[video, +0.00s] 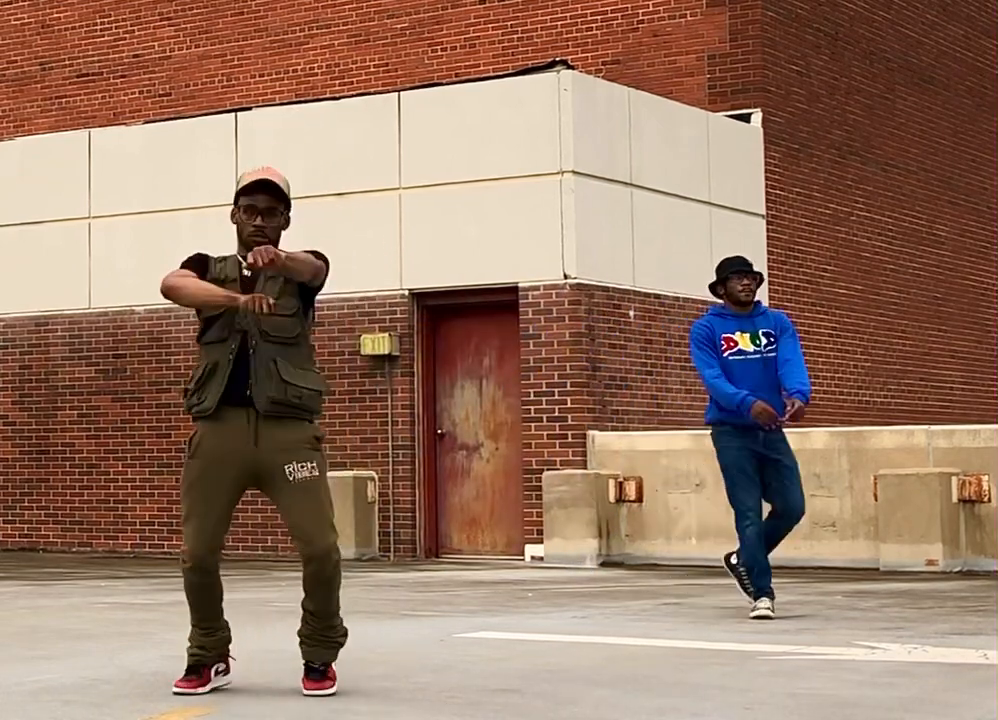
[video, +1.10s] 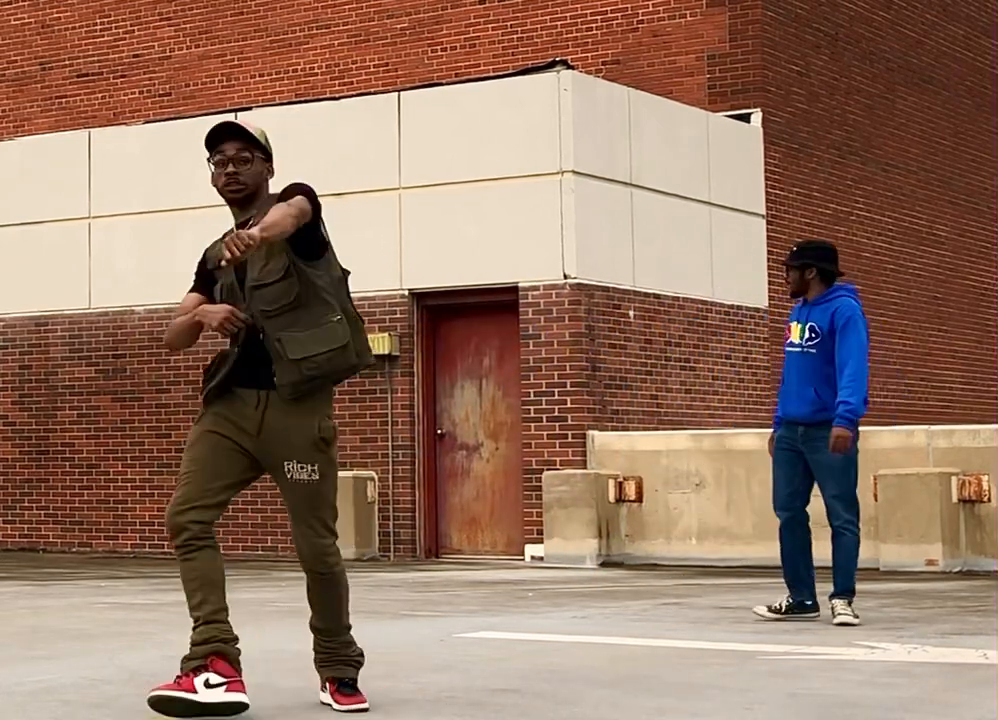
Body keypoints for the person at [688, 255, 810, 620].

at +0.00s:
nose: (747, 283)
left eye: (750, 278)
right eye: (738, 279)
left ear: (757, 285)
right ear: (721, 287)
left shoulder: (777, 321)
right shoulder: (705, 327)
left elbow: (793, 363)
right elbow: (712, 378)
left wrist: (796, 394)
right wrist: (749, 403)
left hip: (772, 431)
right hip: (732, 432)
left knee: (792, 508)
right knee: (748, 512)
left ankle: (744, 561)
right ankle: (762, 595)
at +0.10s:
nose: (755, 280)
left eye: (758, 274)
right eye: (746, 275)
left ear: (766, 281)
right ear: (730, 283)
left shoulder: (786, 317)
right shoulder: (712, 323)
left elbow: (798, 362)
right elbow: (720, 374)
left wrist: (798, 394)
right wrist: (757, 392)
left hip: (782, 431)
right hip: (739, 432)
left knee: (807, 501)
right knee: (750, 518)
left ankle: (778, 576)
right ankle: (762, 595)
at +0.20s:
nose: (763, 277)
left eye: (767, 273)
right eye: (755, 273)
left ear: (775, 280)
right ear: (738, 282)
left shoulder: (796, 318)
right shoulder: (719, 323)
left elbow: (806, 368)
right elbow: (722, 375)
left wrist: (806, 412)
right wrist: (754, 401)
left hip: (791, 431)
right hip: (745, 434)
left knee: (816, 505)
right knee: (753, 519)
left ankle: (822, 588)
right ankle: (763, 596)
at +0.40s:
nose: (774, 279)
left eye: (781, 273)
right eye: (768, 275)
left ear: (798, 280)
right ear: (762, 284)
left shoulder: (826, 322)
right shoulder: (747, 327)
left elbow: (840, 384)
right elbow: (728, 385)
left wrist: (849, 440)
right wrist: (716, 440)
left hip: (811, 436)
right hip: (764, 438)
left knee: (823, 516)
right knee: (764, 521)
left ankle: (838, 599)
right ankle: (765, 595)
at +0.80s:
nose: (789, 272)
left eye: (797, 267)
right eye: (790, 267)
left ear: (823, 271)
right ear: (804, 272)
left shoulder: (854, 314)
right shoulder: (782, 313)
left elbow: (885, 372)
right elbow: (772, 371)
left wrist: (906, 429)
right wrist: (769, 421)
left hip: (831, 431)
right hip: (783, 431)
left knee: (838, 515)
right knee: (781, 511)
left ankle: (840, 599)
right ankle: (801, 596)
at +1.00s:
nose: (789, 274)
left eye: (794, 268)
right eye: (790, 268)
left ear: (816, 271)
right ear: (808, 272)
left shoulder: (849, 312)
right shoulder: (794, 310)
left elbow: (871, 370)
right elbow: (788, 368)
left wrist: (876, 428)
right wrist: (780, 417)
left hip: (833, 429)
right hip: (790, 429)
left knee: (840, 515)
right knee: (795, 514)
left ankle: (842, 599)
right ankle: (803, 599)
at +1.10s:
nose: (786, 277)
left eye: (792, 271)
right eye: (787, 271)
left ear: (812, 272)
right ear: (807, 273)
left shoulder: (845, 309)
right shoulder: (799, 312)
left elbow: (854, 366)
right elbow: (792, 373)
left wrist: (846, 419)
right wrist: (779, 424)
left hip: (828, 430)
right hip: (791, 430)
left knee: (842, 517)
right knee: (789, 513)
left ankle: (842, 599)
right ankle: (801, 599)